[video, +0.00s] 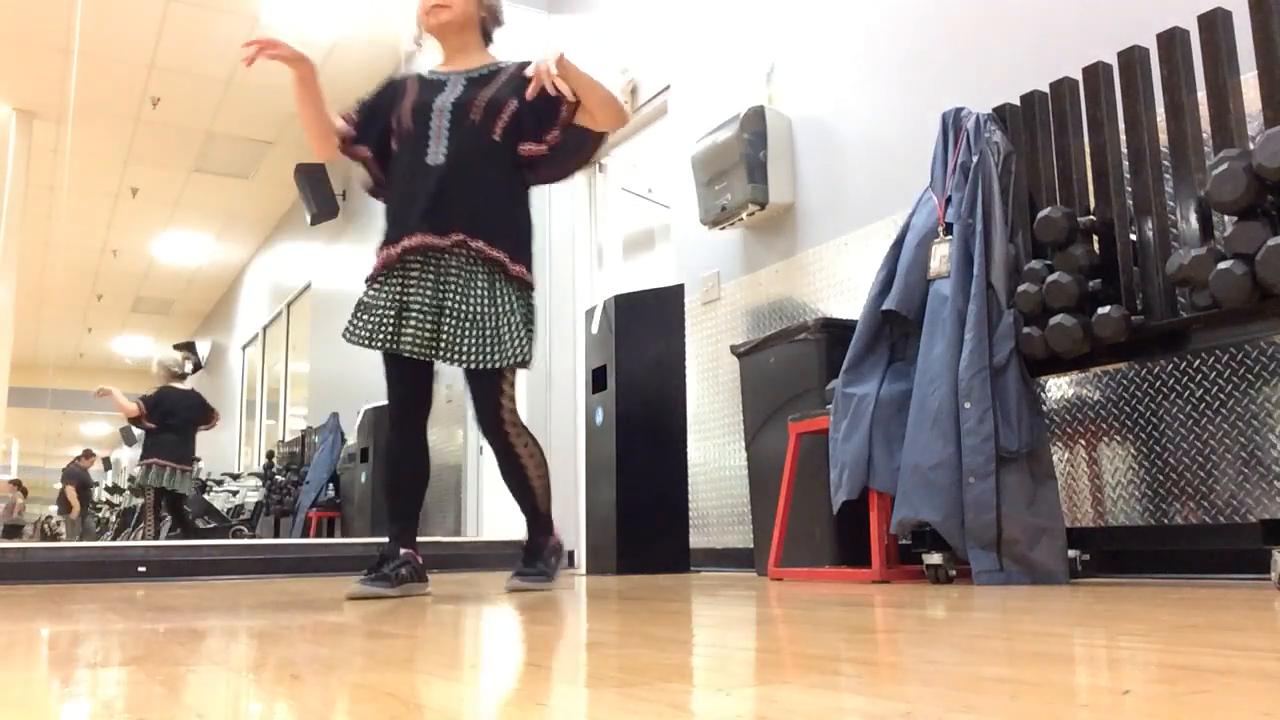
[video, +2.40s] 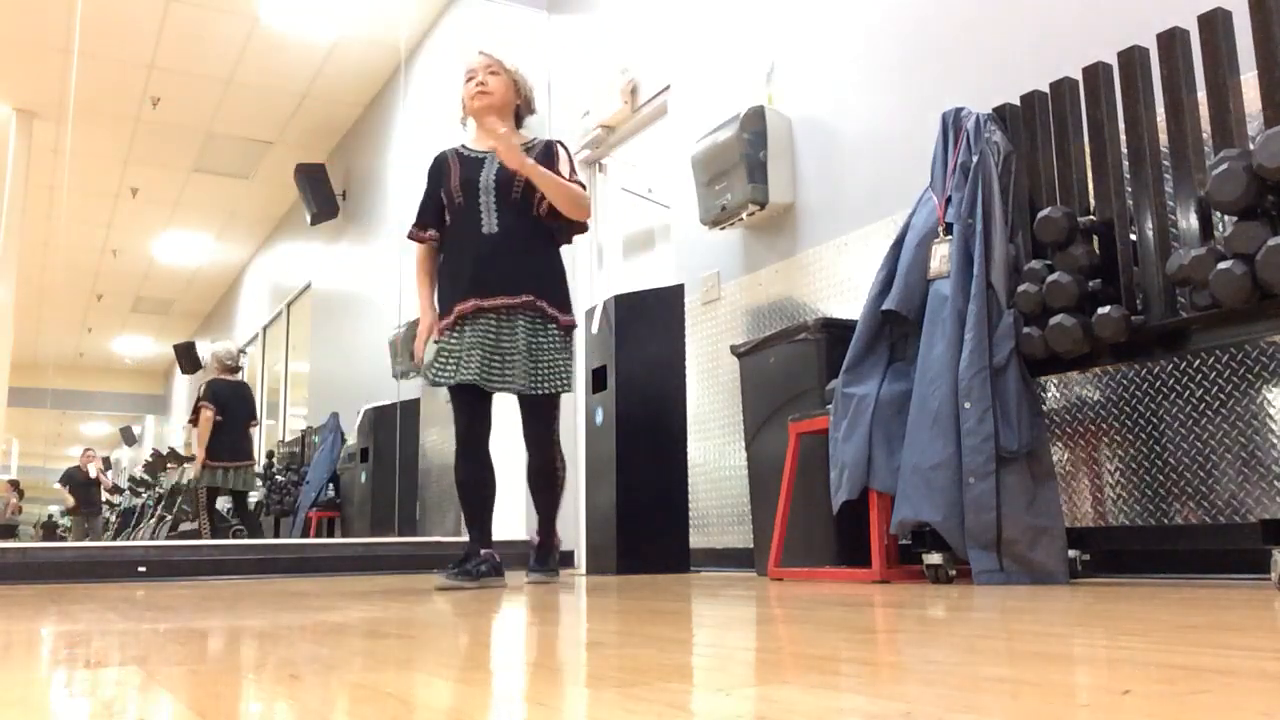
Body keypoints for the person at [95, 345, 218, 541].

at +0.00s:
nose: (156, 372)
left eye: (158, 369)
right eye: (157, 368)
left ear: (164, 371)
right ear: (182, 372)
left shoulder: (162, 394)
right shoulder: (195, 397)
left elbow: (132, 410)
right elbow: (213, 419)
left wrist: (113, 392)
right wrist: (190, 426)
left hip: (156, 462)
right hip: (183, 463)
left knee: (151, 510)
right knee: (177, 509)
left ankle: (147, 555)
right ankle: (195, 544)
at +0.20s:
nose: (171, 369)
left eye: (174, 366)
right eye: (173, 365)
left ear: (180, 370)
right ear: (197, 370)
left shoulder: (180, 393)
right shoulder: (204, 394)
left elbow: (160, 421)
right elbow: (220, 422)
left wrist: (133, 410)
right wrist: (199, 433)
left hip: (176, 465)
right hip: (201, 465)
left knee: (161, 512)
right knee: (198, 516)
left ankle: (153, 556)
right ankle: (206, 557)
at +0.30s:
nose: (176, 370)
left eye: (178, 366)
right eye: (177, 366)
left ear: (186, 370)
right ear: (199, 370)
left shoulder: (184, 394)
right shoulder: (211, 395)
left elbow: (168, 424)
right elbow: (223, 425)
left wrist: (138, 420)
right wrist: (200, 434)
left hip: (181, 466)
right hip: (208, 466)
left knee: (160, 510)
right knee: (201, 515)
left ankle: (153, 556)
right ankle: (210, 558)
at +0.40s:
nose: (183, 375)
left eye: (185, 371)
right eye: (184, 371)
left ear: (194, 372)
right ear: (204, 373)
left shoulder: (189, 394)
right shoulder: (216, 396)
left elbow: (177, 427)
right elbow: (226, 432)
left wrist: (154, 440)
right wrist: (205, 437)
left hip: (186, 468)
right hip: (212, 467)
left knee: (164, 506)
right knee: (202, 513)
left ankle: (166, 552)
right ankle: (211, 555)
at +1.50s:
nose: (190, 366)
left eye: (192, 363)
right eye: (191, 362)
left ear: (197, 366)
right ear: (215, 367)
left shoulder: (196, 389)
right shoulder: (221, 392)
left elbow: (184, 421)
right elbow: (229, 432)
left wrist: (163, 427)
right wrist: (230, 463)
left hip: (190, 466)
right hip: (214, 466)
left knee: (171, 506)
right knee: (200, 510)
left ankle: (179, 551)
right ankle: (204, 554)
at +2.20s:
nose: (206, 367)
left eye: (207, 364)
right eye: (207, 364)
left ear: (211, 367)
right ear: (232, 367)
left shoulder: (204, 391)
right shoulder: (241, 392)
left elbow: (191, 426)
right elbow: (253, 423)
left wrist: (177, 454)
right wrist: (231, 430)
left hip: (202, 465)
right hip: (230, 464)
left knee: (198, 513)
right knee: (210, 508)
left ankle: (206, 557)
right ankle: (230, 535)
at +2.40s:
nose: (210, 364)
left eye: (211, 361)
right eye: (210, 361)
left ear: (215, 363)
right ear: (236, 363)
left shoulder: (211, 387)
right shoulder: (245, 387)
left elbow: (207, 416)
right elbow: (253, 421)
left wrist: (200, 451)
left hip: (215, 460)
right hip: (243, 460)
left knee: (206, 509)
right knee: (243, 508)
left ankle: (208, 553)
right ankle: (261, 548)